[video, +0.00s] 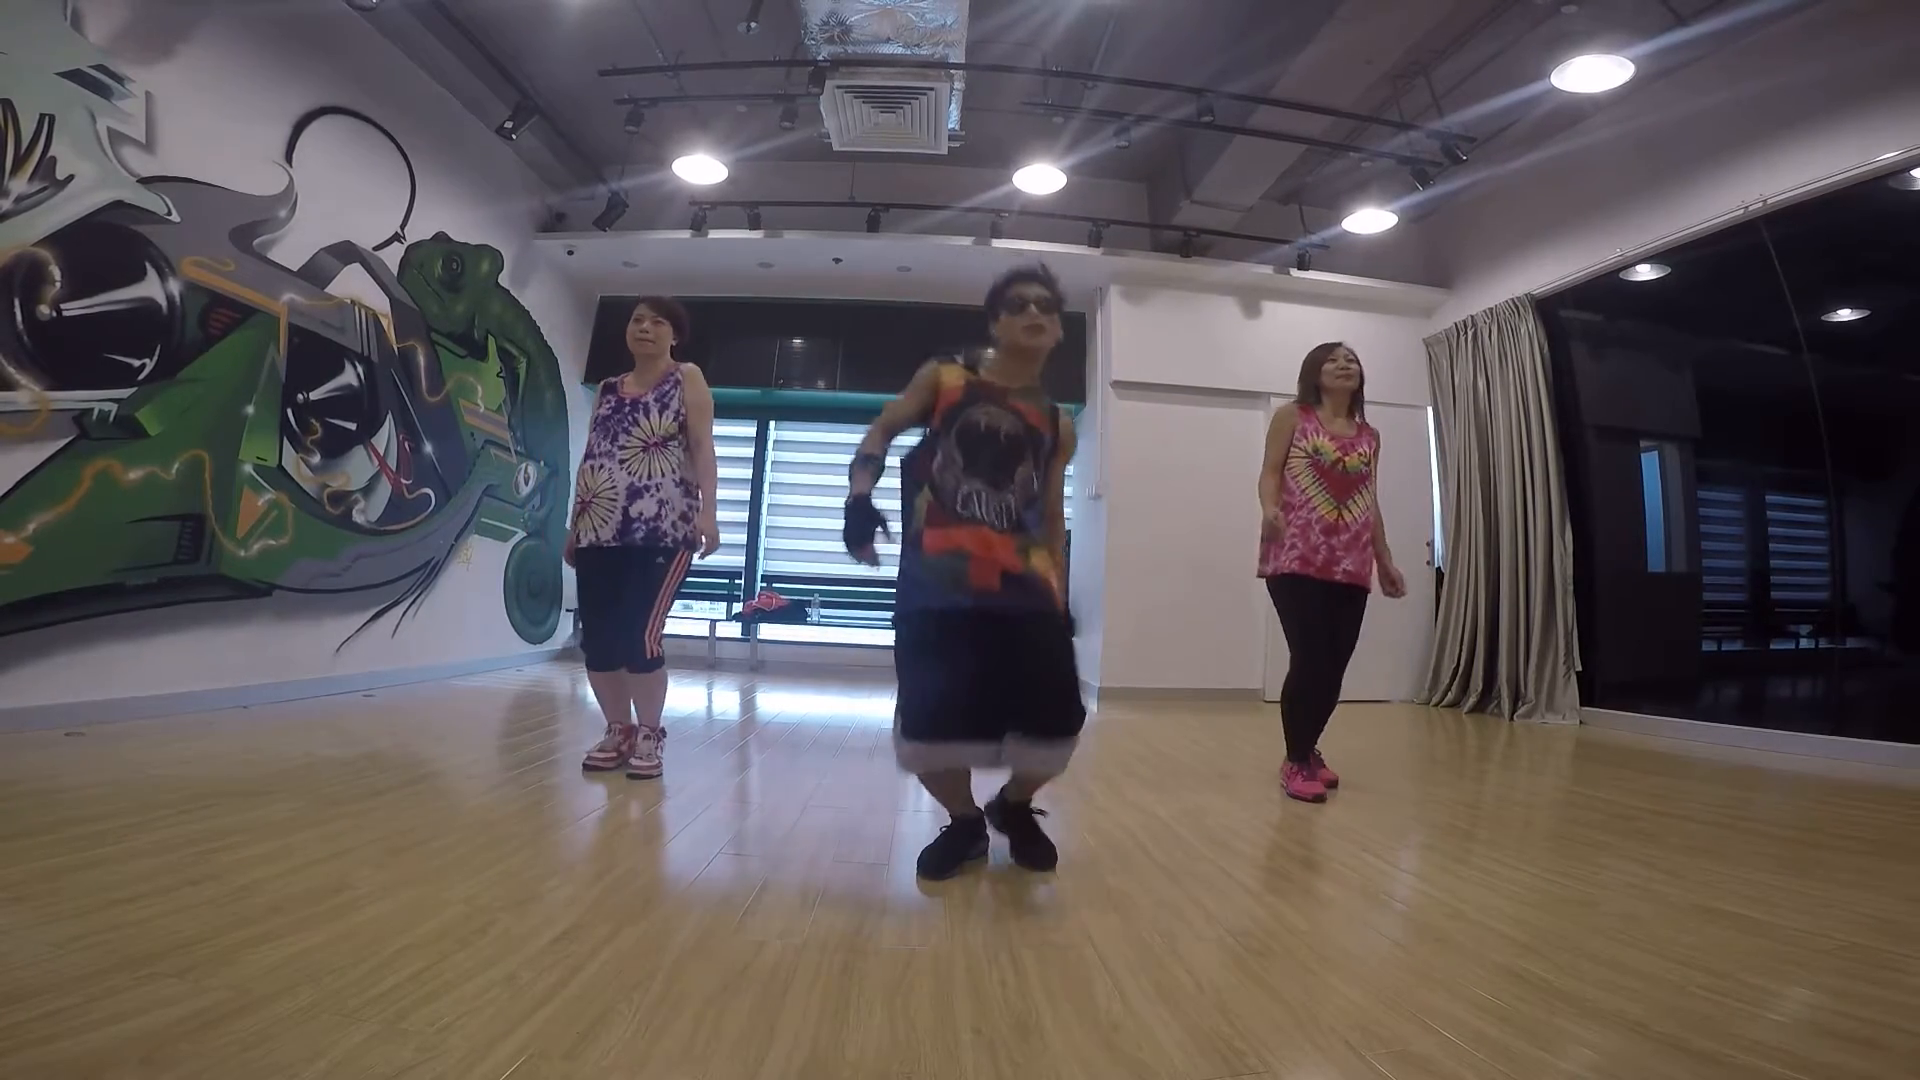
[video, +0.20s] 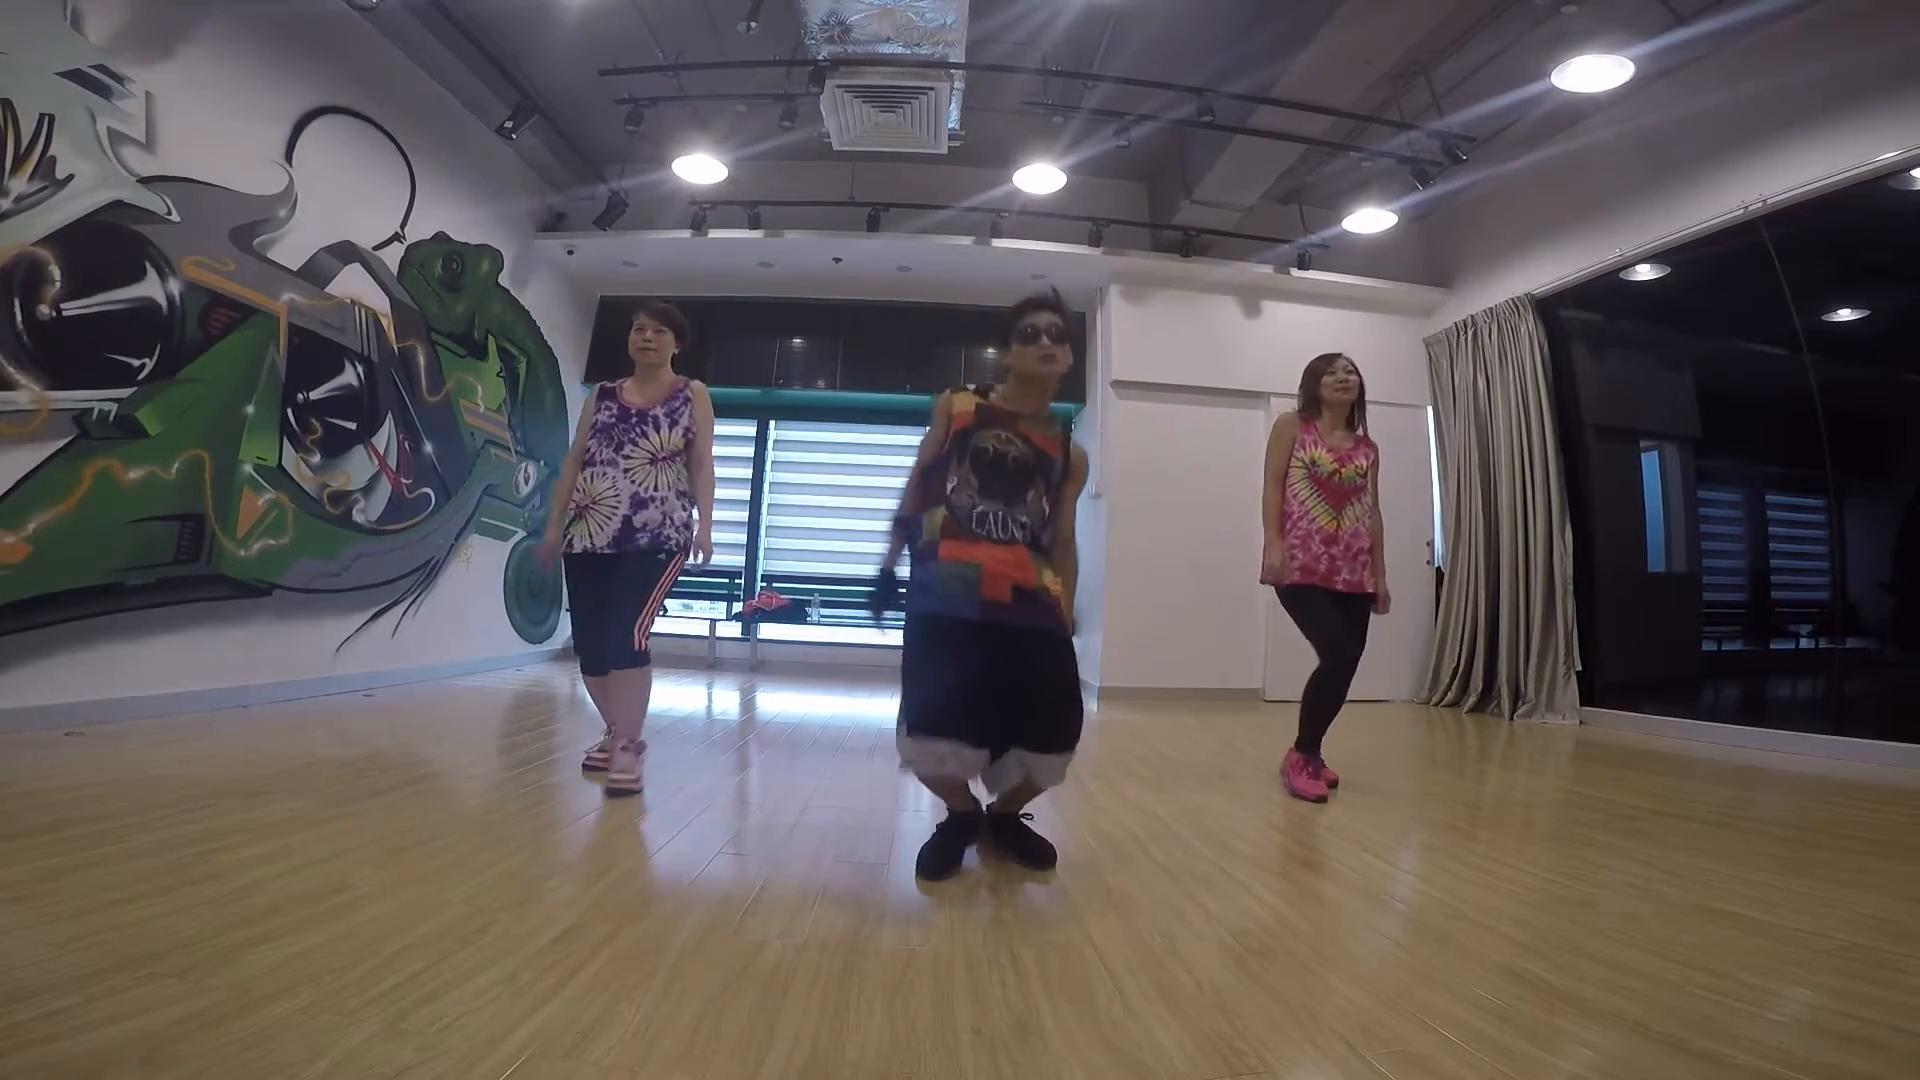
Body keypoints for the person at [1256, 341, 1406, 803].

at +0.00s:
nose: (1345, 365)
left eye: (1351, 360)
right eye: (1333, 361)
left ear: (1361, 375)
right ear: (1314, 376)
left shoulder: (1368, 434)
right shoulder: (1292, 417)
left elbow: (1370, 502)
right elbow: (1271, 472)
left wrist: (1385, 561)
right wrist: (1270, 509)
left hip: (1350, 565)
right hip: (1296, 559)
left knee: (1333, 665)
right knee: (1310, 658)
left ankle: (1308, 752)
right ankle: (1295, 762)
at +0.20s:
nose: (1343, 377)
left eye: (1350, 372)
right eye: (1332, 373)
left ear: (1360, 387)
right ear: (1313, 387)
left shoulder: (1366, 447)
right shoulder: (1291, 427)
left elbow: (1372, 513)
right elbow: (1273, 486)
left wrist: (1379, 575)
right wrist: (1273, 544)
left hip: (1354, 574)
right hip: (1300, 568)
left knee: (1345, 664)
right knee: (1337, 655)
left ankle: (1309, 753)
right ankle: (1302, 755)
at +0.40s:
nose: (1327, 373)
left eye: (1334, 368)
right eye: (1315, 370)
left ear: (1345, 383)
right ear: (1299, 386)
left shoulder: (1363, 440)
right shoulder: (1281, 432)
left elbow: (1379, 505)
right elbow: (1264, 497)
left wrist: (1393, 565)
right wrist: (1256, 558)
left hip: (1354, 568)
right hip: (1296, 564)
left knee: (1343, 660)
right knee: (1343, 651)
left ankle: (1308, 751)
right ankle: (1293, 742)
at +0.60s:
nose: (1315, 370)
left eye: (1321, 365)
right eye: (1303, 367)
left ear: (1334, 378)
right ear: (1287, 383)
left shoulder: (1360, 433)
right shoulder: (1274, 434)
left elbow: (1380, 494)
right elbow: (1262, 499)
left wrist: (1399, 545)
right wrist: (1251, 561)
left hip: (1350, 570)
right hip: (1291, 569)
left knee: (1331, 666)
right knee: (1309, 661)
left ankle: (1307, 751)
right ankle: (1282, 754)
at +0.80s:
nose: (1308, 372)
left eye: (1315, 366)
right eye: (1297, 369)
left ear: (1327, 378)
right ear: (1280, 384)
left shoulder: (1356, 431)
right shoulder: (1269, 438)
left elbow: (1374, 495)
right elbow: (1261, 504)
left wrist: (1384, 554)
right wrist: (1255, 568)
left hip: (1346, 570)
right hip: (1287, 570)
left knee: (1333, 669)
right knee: (1299, 663)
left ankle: (1306, 750)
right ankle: (1280, 755)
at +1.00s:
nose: (1313, 375)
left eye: (1319, 369)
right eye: (1300, 371)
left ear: (1330, 383)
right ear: (1284, 387)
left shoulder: (1354, 439)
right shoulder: (1268, 440)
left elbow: (1367, 505)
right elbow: (1256, 505)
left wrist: (1374, 567)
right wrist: (1246, 566)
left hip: (1339, 576)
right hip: (1279, 574)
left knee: (1355, 656)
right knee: (1300, 662)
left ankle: (1312, 729)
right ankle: (1280, 755)